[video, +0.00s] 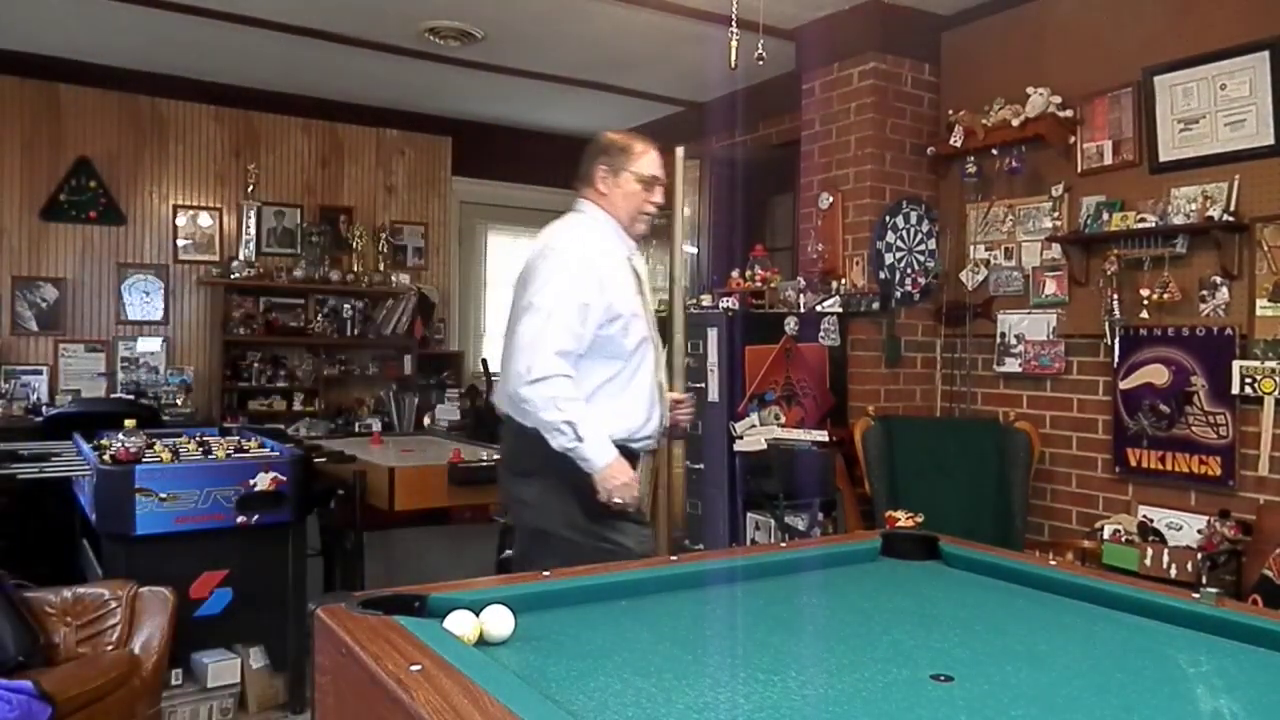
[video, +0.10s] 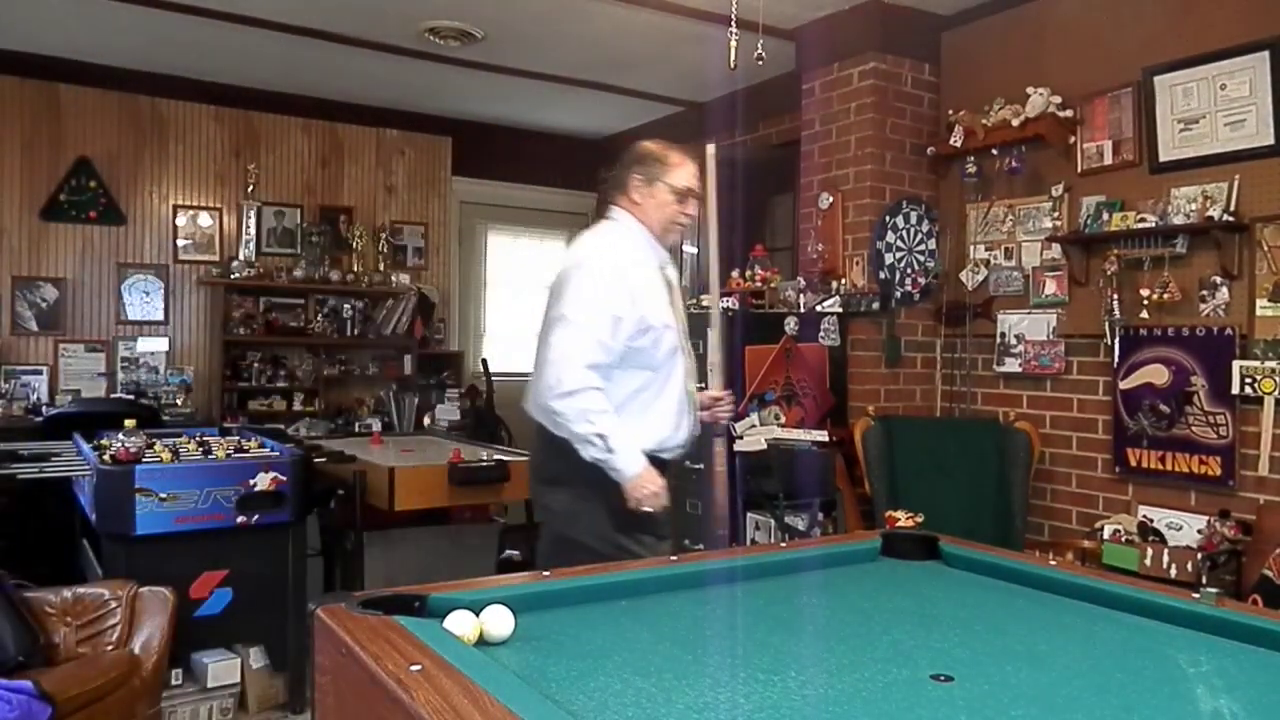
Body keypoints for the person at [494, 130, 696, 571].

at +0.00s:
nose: (659, 199)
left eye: (661, 187)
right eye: (647, 183)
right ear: (604, 180)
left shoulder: (609, 247)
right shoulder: (574, 246)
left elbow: (588, 371)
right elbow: (534, 375)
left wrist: (653, 409)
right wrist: (603, 461)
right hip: (563, 464)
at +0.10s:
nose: (691, 211)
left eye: (695, 200)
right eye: (680, 195)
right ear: (637, 191)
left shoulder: (647, 258)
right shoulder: (605, 254)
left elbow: (622, 381)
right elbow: (562, 386)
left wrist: (690, 408)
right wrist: (632, 468)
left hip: (633, 474)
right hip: (594, 475)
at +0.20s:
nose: (730, 224)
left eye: (733, 212)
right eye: (720, 208)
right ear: (676, 202)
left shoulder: (683, 267)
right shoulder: (643, 267)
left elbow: (657, 388)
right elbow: (601, 401)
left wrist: (724, 405)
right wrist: (669, 480)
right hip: (633, 483)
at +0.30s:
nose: (776, 232)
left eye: (779, 219)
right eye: (767, 217)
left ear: (724, 210)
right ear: (722, 208)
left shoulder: (721, 269)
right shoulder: (687, 274)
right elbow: (652, 416)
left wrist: (763, 401)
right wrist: (719, 495)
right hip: (669, 484)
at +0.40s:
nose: (809, 226)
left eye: (813, 213)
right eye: (800, 212)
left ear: (758, 207)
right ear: (757, 205)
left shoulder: (755, 262)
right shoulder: (723, 274)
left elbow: (743, 374)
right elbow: (705, 419)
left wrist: (799, 386)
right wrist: (774, 488)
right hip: (701, 474)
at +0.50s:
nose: (833, 214)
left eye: (838, 200)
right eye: (823, 199)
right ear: (777, 194)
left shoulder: (784, 257)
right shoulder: (746, 266)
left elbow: (774, 367)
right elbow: (740, 407)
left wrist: (829, 380)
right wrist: (817, 464)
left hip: (767, 461)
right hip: (731, 468)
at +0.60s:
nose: (853, 207)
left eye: (856, 194)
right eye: (839, 193)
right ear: (794, 190)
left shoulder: (813, 256)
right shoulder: (764, 263)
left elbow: (801, 363)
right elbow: (757, 400)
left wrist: (857, 376)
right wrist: (845, 448)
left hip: (800, 458)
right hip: (757, 463)